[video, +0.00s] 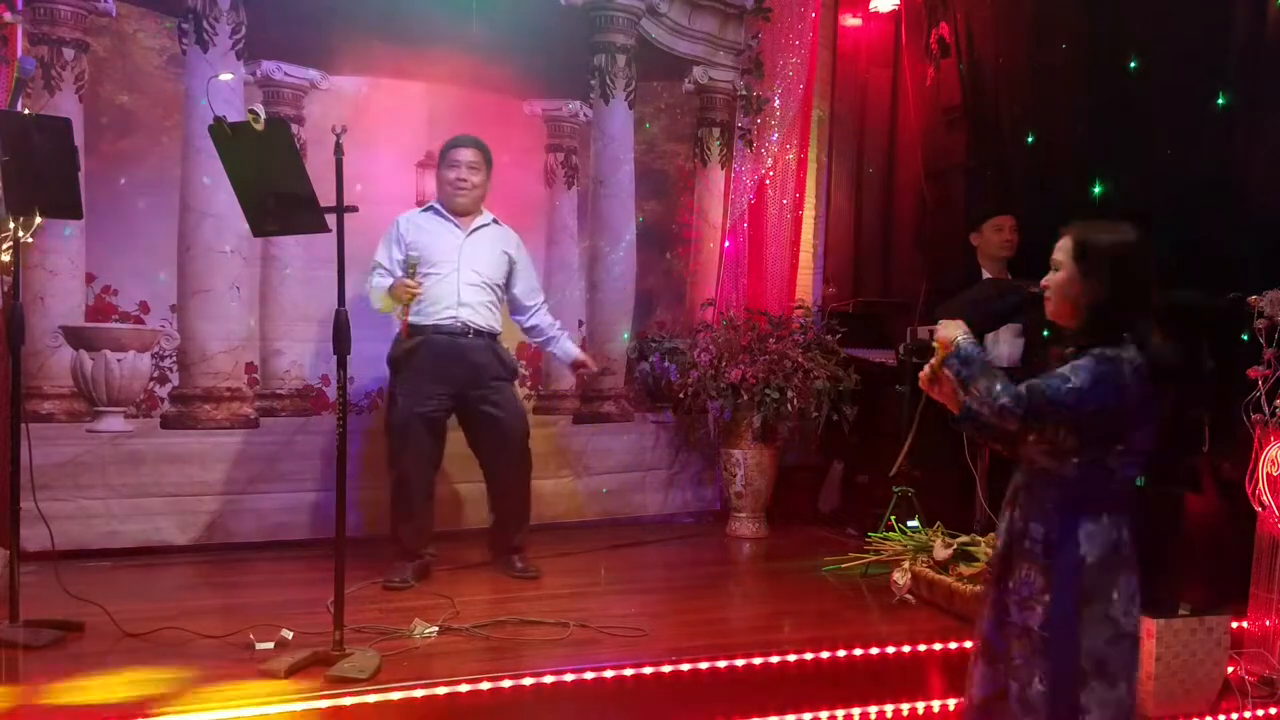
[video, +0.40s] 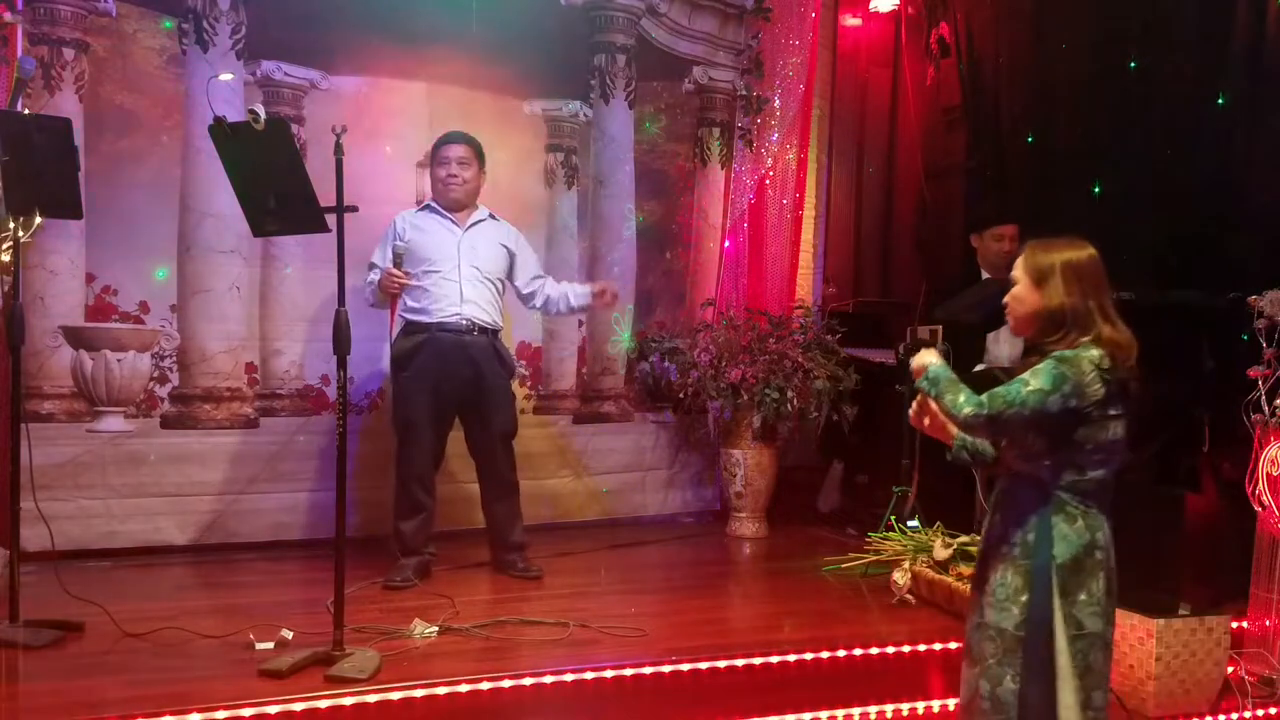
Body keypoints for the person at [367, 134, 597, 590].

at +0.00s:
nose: (462, 175)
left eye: (473, 168)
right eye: (453, 166)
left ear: (488, 179)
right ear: (438, 175)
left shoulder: (505, 239)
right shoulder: (410, 225)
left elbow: (532, 310)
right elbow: (378, 285)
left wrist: (571, 353)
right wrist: (393, 290)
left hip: (485, 353)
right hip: (424, 350)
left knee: (511, 442)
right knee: (411, 451)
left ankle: (509, 549)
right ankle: (412, 556)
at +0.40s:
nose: (452, 171)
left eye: (463, 164)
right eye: (443, 164)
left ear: (481, 175)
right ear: (431, 173)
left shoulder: (505, 234)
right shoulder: (406, 225)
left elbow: (538, 292)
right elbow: (373, 289)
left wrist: (589, 294)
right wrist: (383, 285)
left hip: (484, 351)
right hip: (423, 350)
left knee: (498, 457)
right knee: (416, 459)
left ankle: (509, 552)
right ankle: (412, 557)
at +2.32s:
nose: (511, 187)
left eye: (516, 181)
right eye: (503, 176)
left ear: (517, 186)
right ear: (470, 172)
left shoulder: (520, 239)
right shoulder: (426, 219)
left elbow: (538, 301)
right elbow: (394, 284)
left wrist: (569, 325)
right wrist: (410, 289)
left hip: (507, 353)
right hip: (448, 351)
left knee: (514, 459)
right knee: (435, 457)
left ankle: (512, 551)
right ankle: (420, 557)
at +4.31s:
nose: (526, 168)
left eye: (537, 161)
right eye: (517, 159)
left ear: (554, 172)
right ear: (503, 168)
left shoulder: (574, 230)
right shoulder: (476, 223)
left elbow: (593, 301)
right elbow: (451, 295)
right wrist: (452, 286)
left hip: (545, 355)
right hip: (484, 354)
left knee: (548, 465)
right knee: (468, 461)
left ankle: (547, 561)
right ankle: (462, 558)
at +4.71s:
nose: (512, 172)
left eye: (522, 165)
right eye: (502, 162)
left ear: (532, 175)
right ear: (480, 170)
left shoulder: (553, 234)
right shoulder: (448, 227)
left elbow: (575, 297)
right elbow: (420, 298)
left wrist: (560, 309)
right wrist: (431, 293)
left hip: (527, 354)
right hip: (464, 354)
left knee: (537, 459)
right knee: (450, 460)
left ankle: (542, 555)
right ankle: (445, 555)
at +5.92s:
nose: (472, 170)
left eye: (483, 162)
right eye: (463, 162)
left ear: (502, 172)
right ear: (453, 170)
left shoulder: (526, 229)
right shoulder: (427, 225)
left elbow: (546, 283)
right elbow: (401, 287)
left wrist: (538, 305)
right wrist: (421, 293)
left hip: (508, 350)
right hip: (449, 350)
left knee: (513, 452)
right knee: (440, 451)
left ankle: (504, 548)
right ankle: (436, 550)